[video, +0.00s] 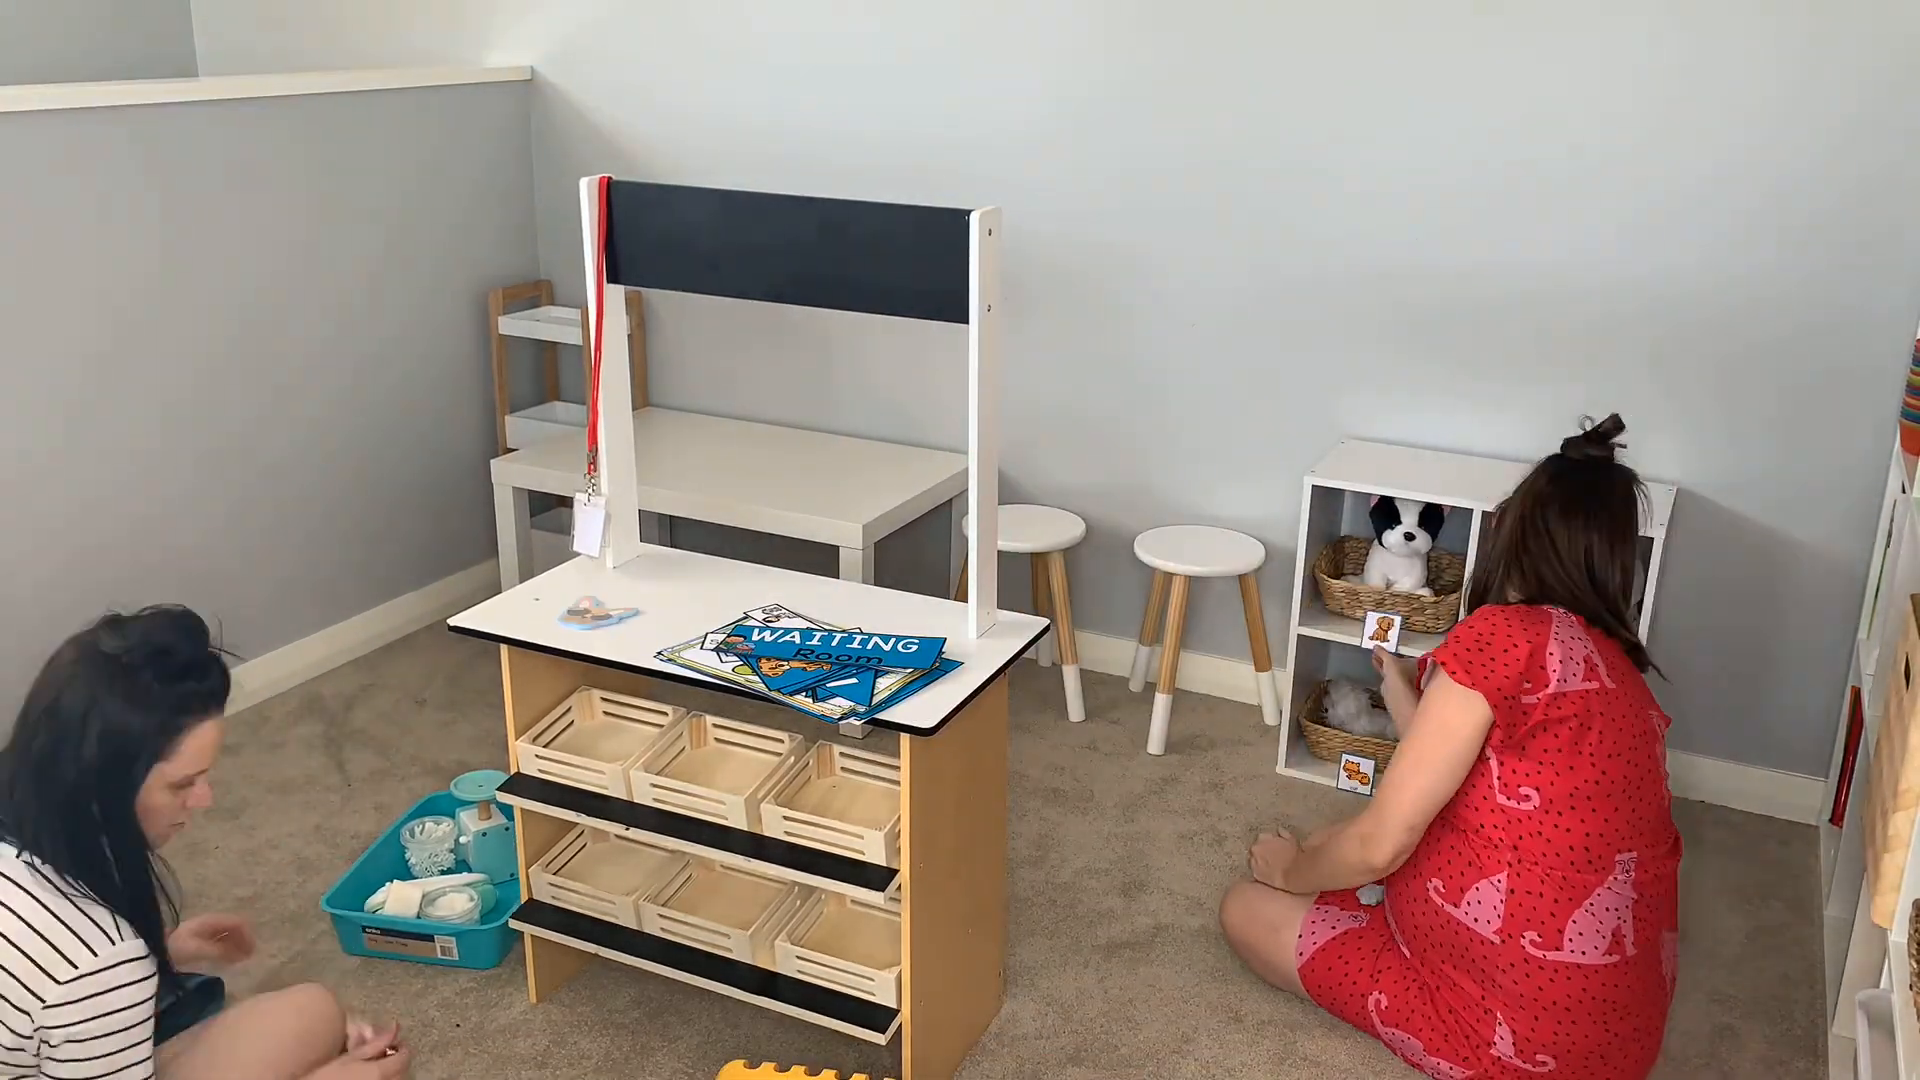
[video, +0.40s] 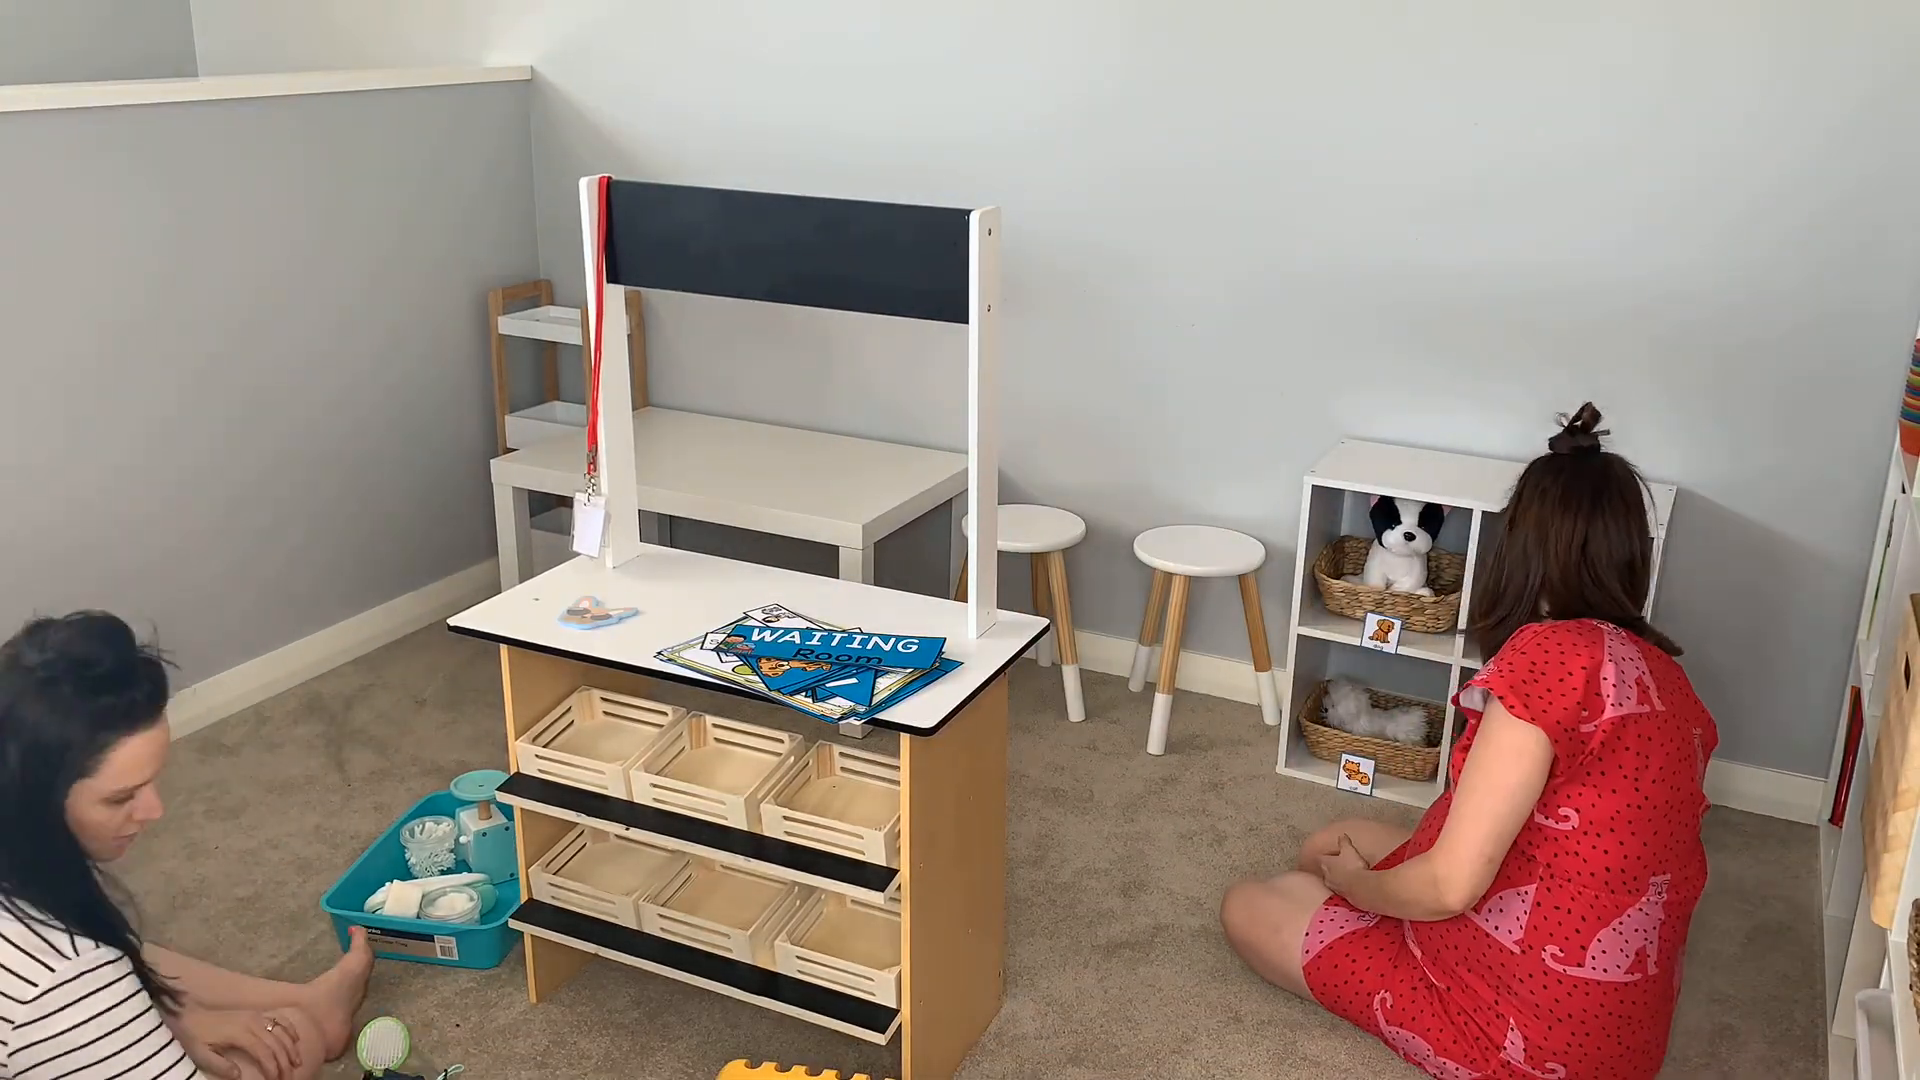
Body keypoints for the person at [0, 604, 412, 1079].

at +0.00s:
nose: (204, 800)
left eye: (206, 774)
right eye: (184, 783)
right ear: (104, 777)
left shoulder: (17, 836)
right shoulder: (101, 959)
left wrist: (160, 951)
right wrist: (327, 1076)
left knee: (312, 1009)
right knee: (310, 1009)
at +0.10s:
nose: (227, 822)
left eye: (227, 804)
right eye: (210, 817)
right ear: (133, 814)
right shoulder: (89, 993)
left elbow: (181, 945)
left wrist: (330, 1055)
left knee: (317, 1010)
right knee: (317, 1008)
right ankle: (156, 1056)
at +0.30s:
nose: (154, 840)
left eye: (159, 810)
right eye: (126, 821)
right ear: (47, 807)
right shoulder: (54, 985)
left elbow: (136, 1066)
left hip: (125, 1063)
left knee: (358, 1060)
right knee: (311, 1012)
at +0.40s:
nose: (153, 811)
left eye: (153, 779)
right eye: (121, 798)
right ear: (35, 796)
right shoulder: (67, 973)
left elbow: (118, 959)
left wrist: (178, 1031)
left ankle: (312, 1005)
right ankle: (316, 1022)